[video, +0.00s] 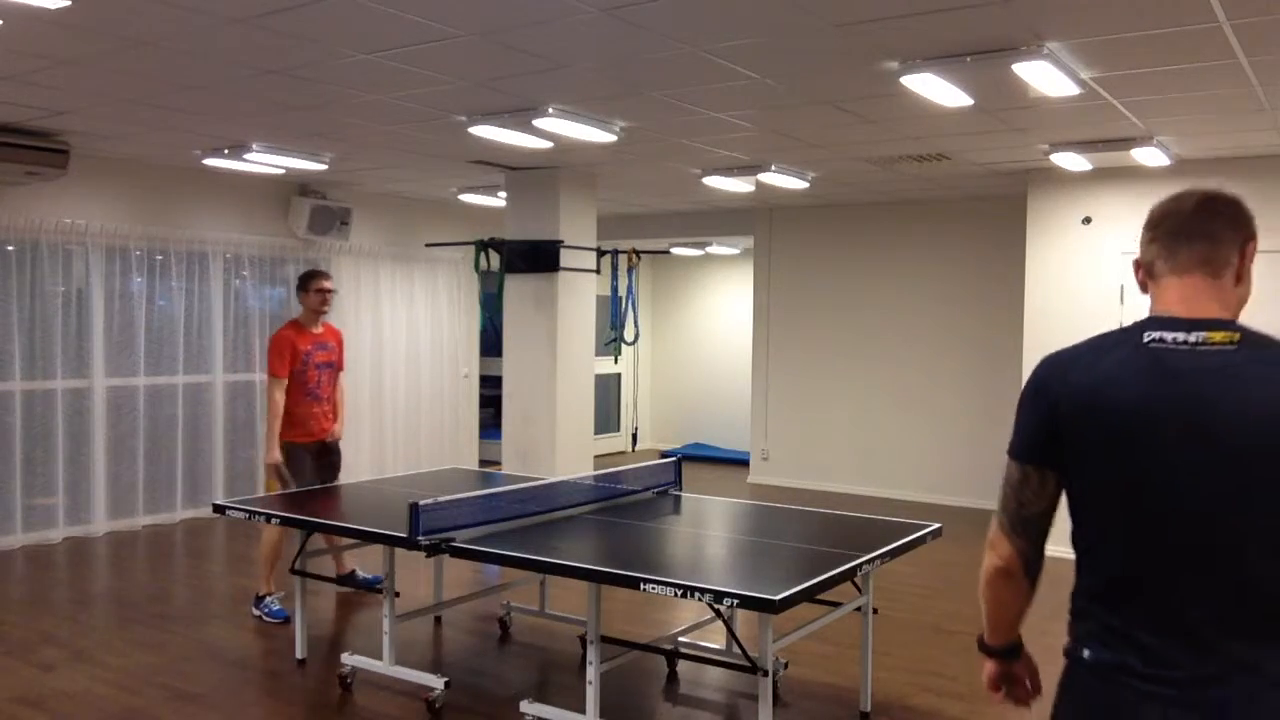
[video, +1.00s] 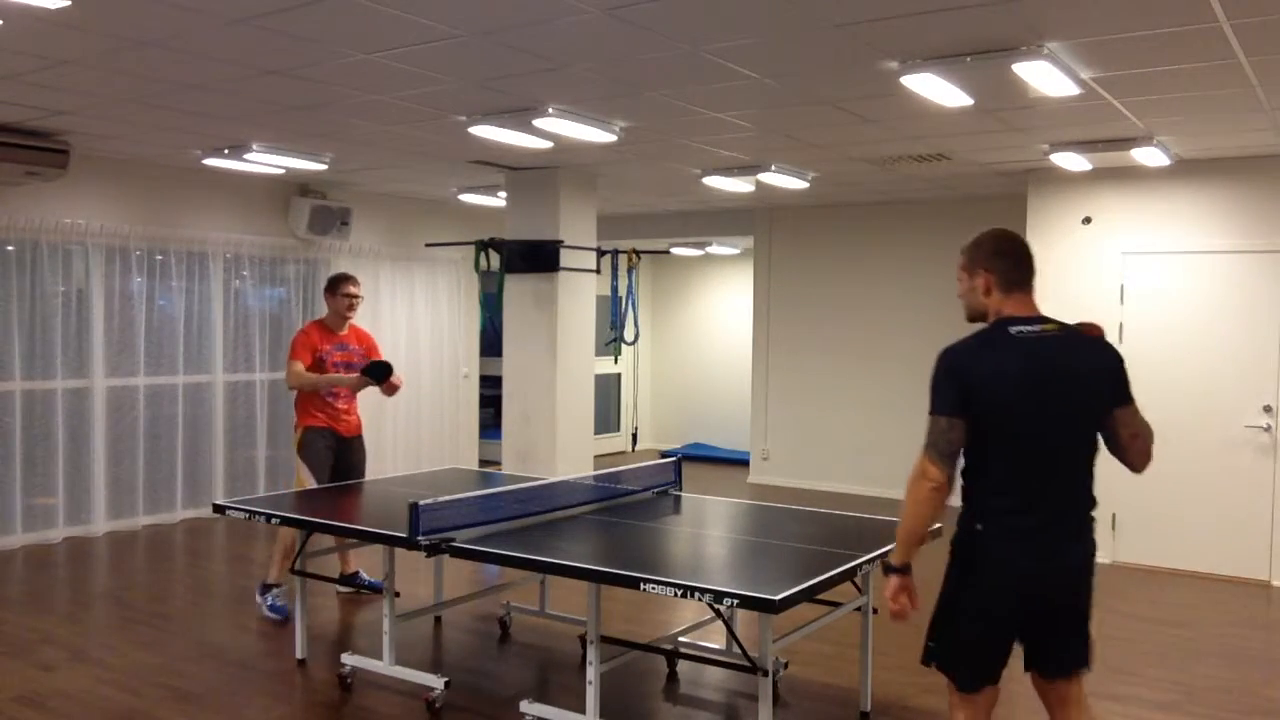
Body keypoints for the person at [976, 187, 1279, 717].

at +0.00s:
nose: (1248, 280)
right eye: (1252, 266)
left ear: (1141, 275)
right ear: (1245, 264)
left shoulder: (1066, 378)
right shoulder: (1271, 370)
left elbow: (1010, 555)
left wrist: (1001, 647)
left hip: (1109, 692)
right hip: (1252, 693)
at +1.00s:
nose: (959, 290)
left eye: (962, 277)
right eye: (959, 277)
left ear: (986, 281)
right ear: (1028, 278)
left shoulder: (963, 360)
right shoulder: (1091, 354)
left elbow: (934, 477)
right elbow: (1138, 453)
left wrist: (900, 564)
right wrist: (1102, 359)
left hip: (988, 557)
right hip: (1066, 554)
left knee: (971, 700)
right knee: (1063, 689)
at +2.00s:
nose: (968, 381)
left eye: (966, 370)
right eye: (966, 371)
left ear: (977, 364)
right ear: (1014, 363)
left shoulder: (975, 408)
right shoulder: (1056, 406)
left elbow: (956, 505)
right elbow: (1057, 508)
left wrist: (934, 570)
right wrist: (985, 539)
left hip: (1054, 558)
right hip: (1104, 557)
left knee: (964, 674)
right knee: (1036, 636)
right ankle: (1048, 717)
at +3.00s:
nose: (904, 373)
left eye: (906, 362)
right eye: (904, 363)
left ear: (922, 361)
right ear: (949, 359)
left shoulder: (949, 407)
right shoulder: (975, 403)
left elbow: (936, 505)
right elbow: (927, 508)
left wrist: (883, 464)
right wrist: (849, 509)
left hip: (1002, 577)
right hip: (1037, 572)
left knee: (906, 694)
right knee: (1001, 661)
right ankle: (1034, 717)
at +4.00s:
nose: (928, 412)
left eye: (927, 406)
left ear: (929, 408)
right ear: (979, 398)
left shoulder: (914, 465)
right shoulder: (1035, 442)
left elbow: (934, 546)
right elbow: (1042, 521)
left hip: (962, 613)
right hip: (1047, 607)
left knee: (895, 706)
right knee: (1054, 698)